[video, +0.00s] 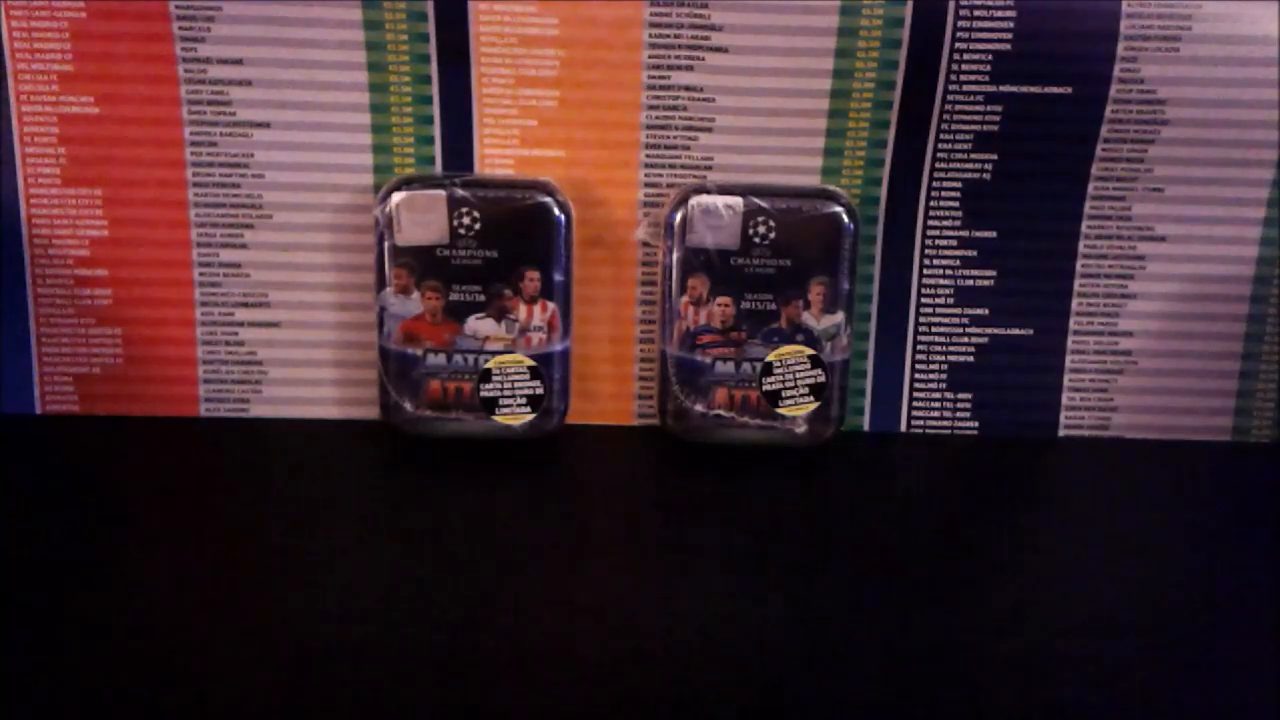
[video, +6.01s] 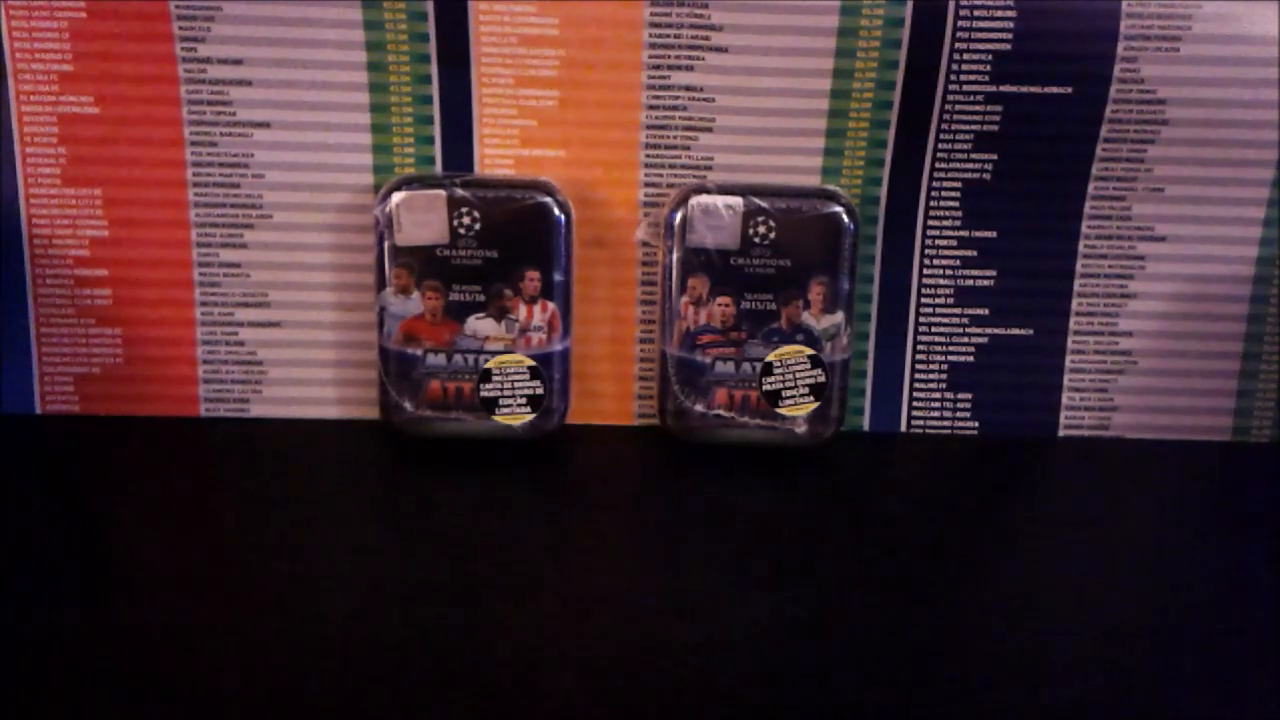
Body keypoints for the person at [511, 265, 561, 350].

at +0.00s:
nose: (536, 285)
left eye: (538, 281)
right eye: (531, 280)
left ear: (541, 283)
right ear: (521, 284)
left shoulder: (551, 308)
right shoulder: (512, 306)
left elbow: (556, 337)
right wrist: (520, 329)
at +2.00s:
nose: (536, 285)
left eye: (538, 281)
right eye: (531, 280)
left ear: (541, 283)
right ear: (521, 284)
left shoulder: (551, 308)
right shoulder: (512, 306)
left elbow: (556, 336)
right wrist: (521, 329)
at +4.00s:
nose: (536, 285)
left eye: (538, 281)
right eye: (531, 280)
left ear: (541, 283)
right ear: (521, 284)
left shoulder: (551, 308)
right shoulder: (512, 305)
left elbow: (556, 336)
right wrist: (519, 328)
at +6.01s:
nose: (536, 285)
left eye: (538, 281)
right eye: (531, 280)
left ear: (541, 283)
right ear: (521, 284)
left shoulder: (550, 308)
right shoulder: (512, 305)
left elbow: (556, 336)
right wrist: (520, 328)